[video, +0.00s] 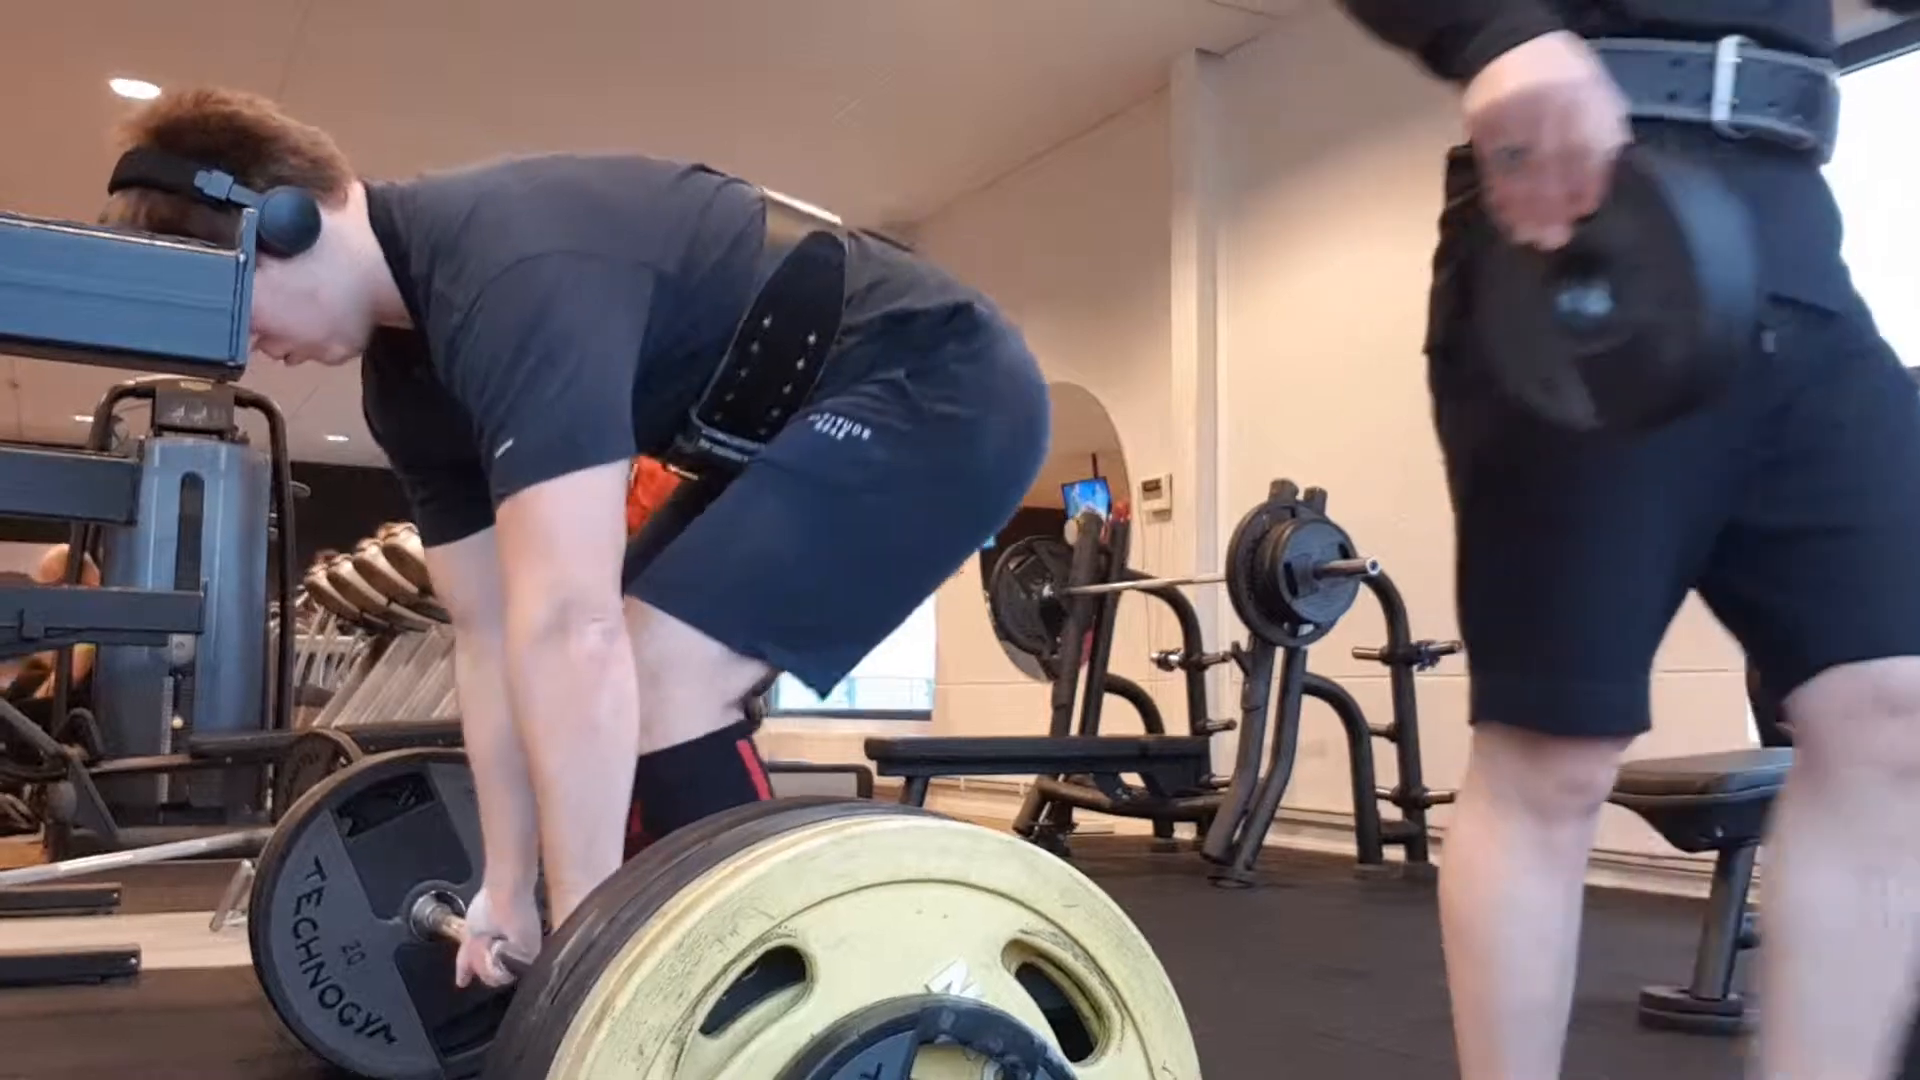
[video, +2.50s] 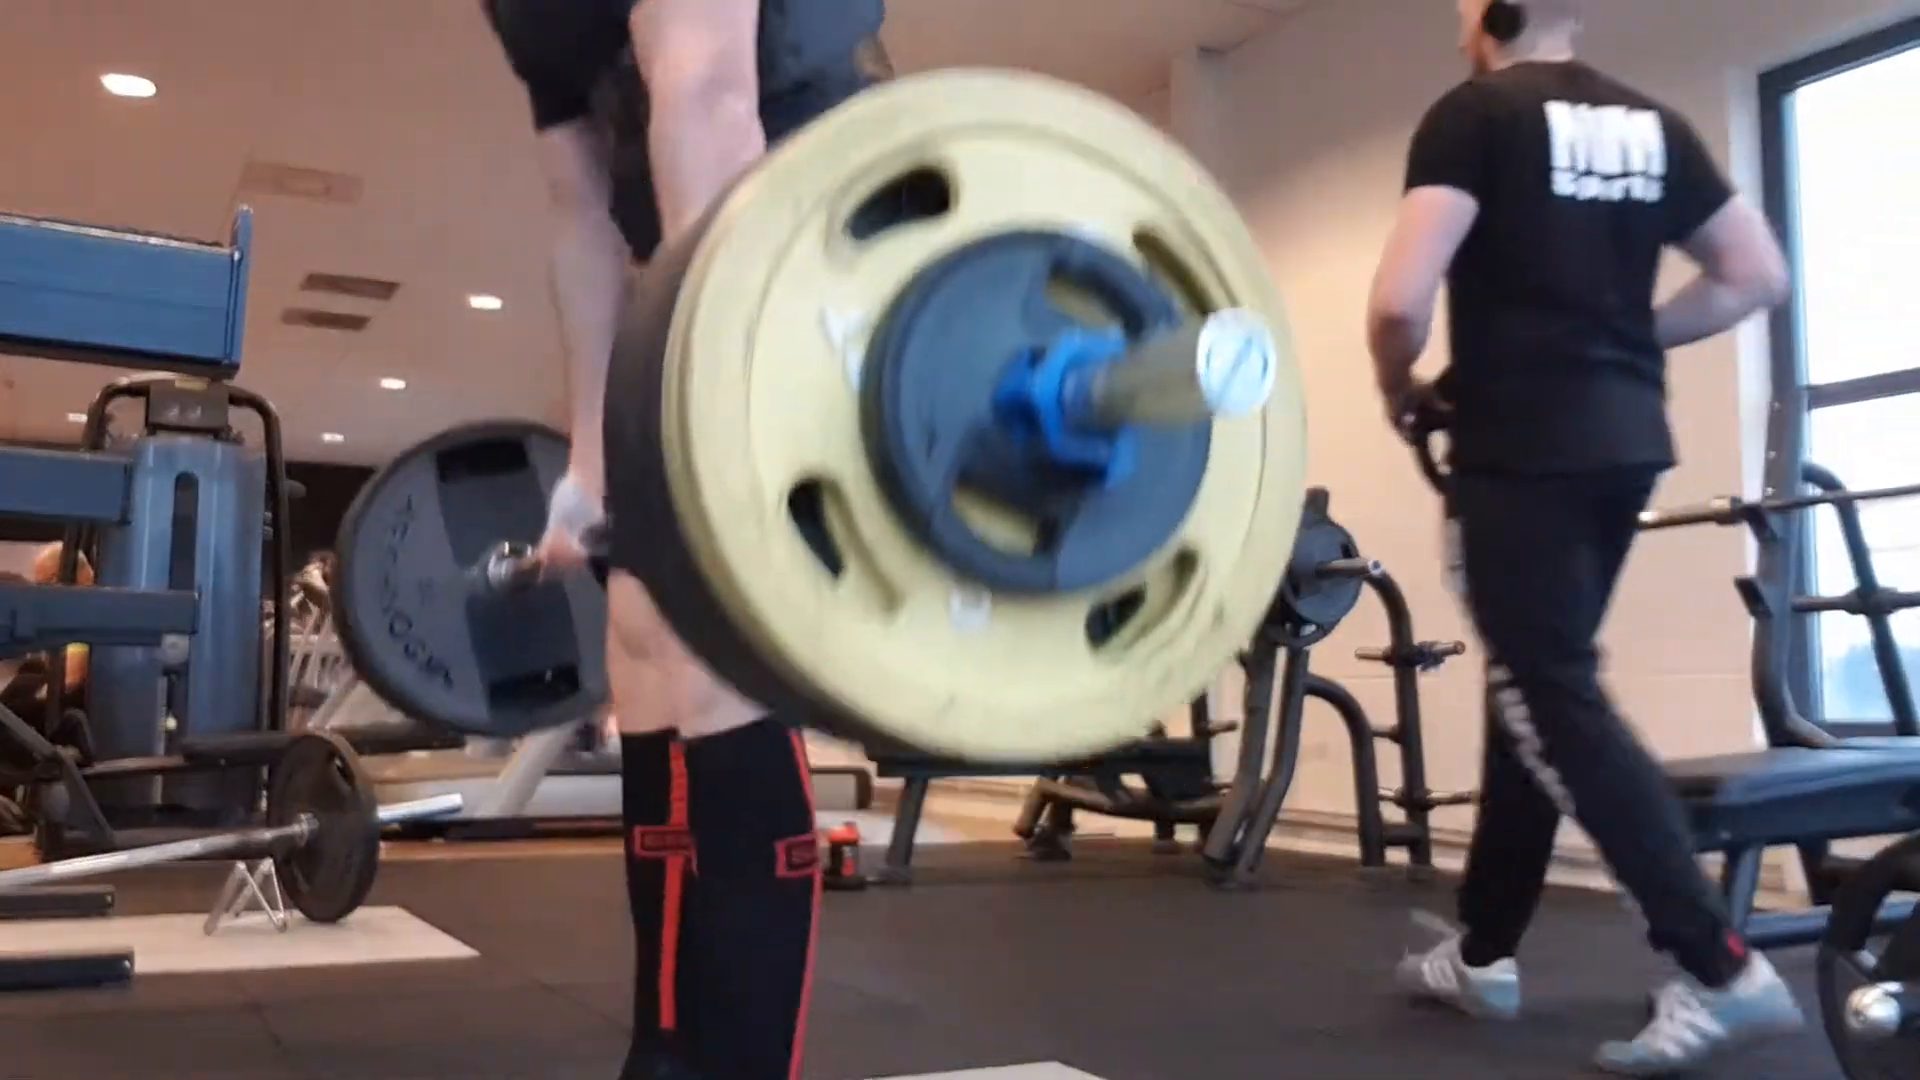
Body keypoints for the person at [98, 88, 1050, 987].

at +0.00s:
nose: (251, 353)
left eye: (234, 309)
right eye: (221, 334)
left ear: (279, 224)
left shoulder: (523, 273)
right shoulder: (410, 369)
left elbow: (578, 630)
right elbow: (490, 638)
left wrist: (595, 938)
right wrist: (507, 892)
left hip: (923, 378)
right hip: (811, 416)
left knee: (658, 681)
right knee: (627, 679)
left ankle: (772, 1005)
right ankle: (742, 1006)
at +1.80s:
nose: (269, 185)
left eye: (270, 141)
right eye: (251, 161)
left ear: (358, 78)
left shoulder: (562, 205)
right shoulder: (455, 307)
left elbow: (659, 537)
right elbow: (546, 555)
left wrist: (656, 856)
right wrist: (552, 812)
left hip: (919, 404)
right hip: (808, 437)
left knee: (627, 690)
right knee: (553, 670)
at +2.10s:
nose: (314, 4)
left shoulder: (591, 67)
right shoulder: (477, 175)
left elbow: (669, 386)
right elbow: (554, 439)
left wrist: (672, 688)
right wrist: (567, 694)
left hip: (913, 341)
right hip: (782, 384)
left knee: (734, 666)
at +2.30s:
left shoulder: (621, 8)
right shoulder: (489, 68)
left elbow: (681, 247)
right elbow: (562, 321)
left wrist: (683, 553)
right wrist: (580, 578)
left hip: (896, 311)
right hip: (755, 337)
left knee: (748, 722)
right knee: (673, 706)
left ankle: (718, 1056)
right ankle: (677, 1047)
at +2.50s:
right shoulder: (531, 17)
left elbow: (710, 98)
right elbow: (582, 199)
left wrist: (748, 405)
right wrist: (587, 467)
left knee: (688, 661)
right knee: (649, 653)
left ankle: (712, 1053)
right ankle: (679, 1042)